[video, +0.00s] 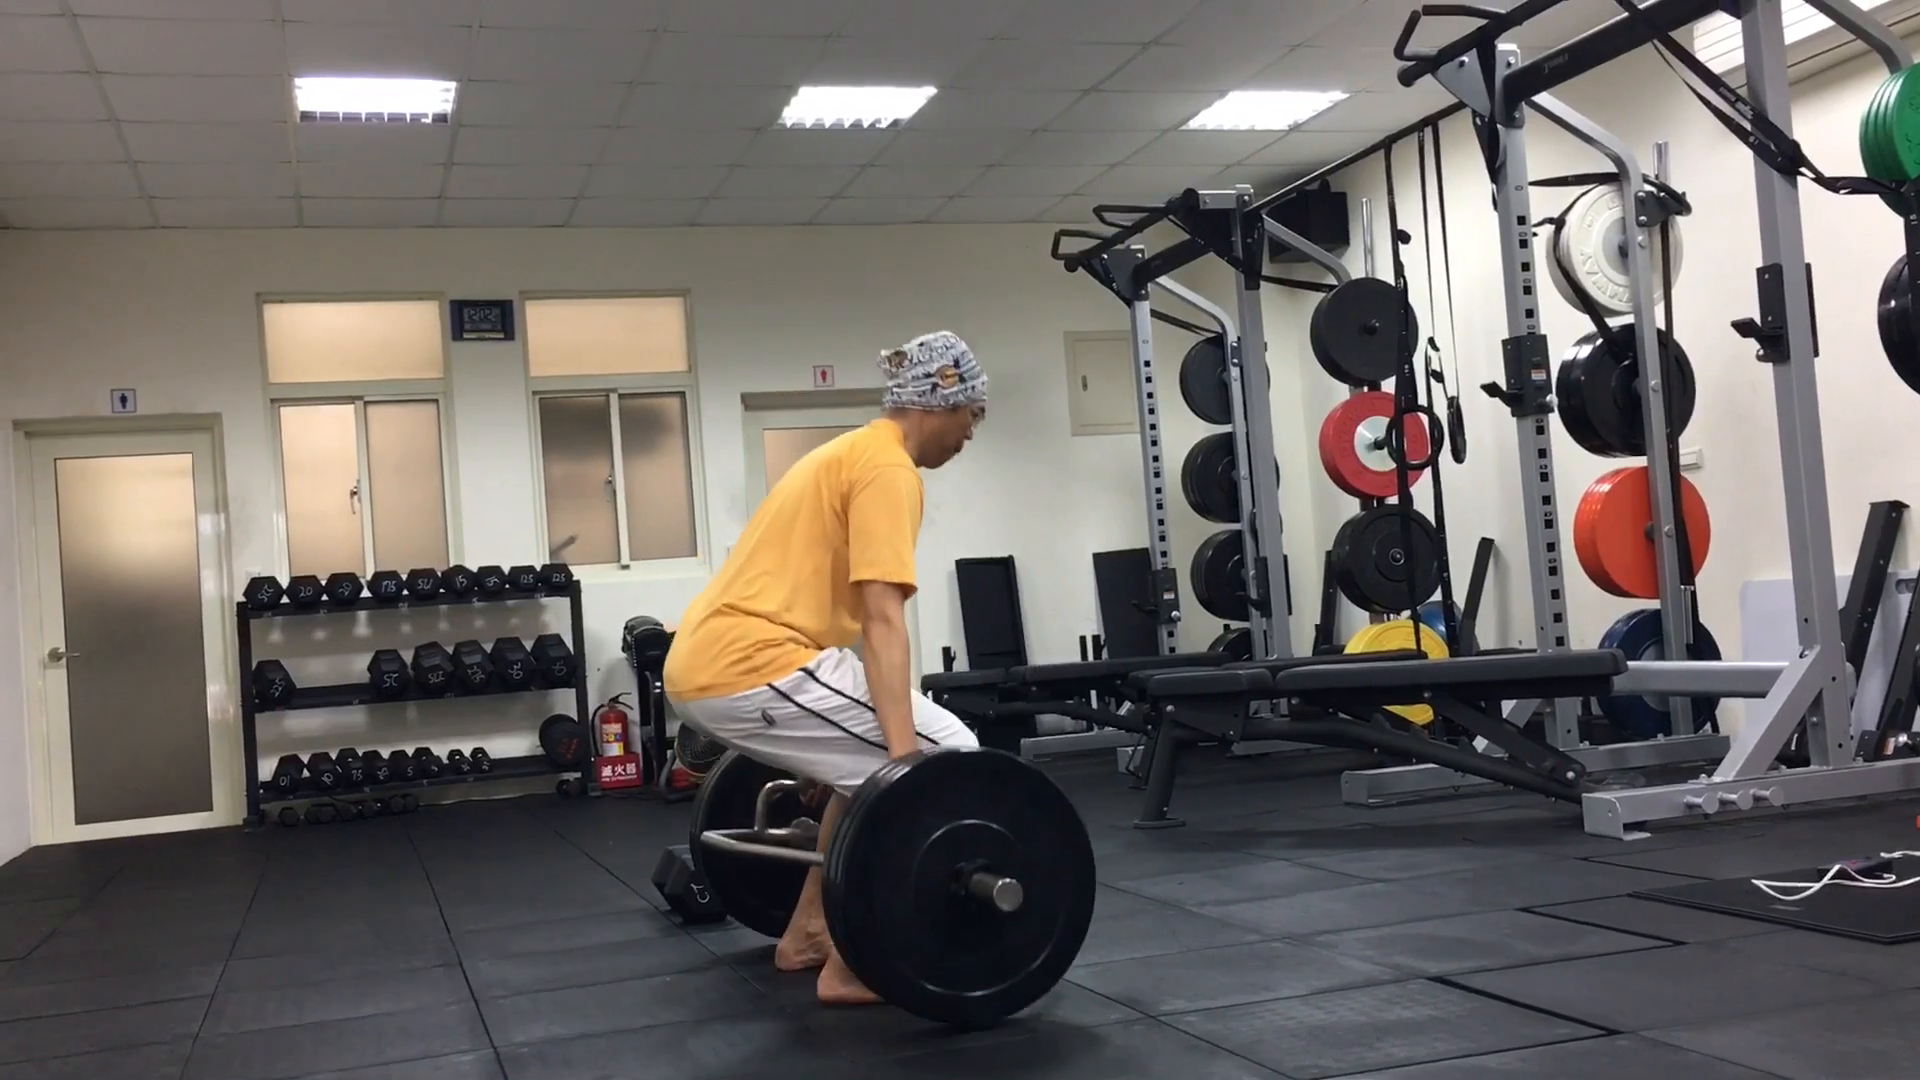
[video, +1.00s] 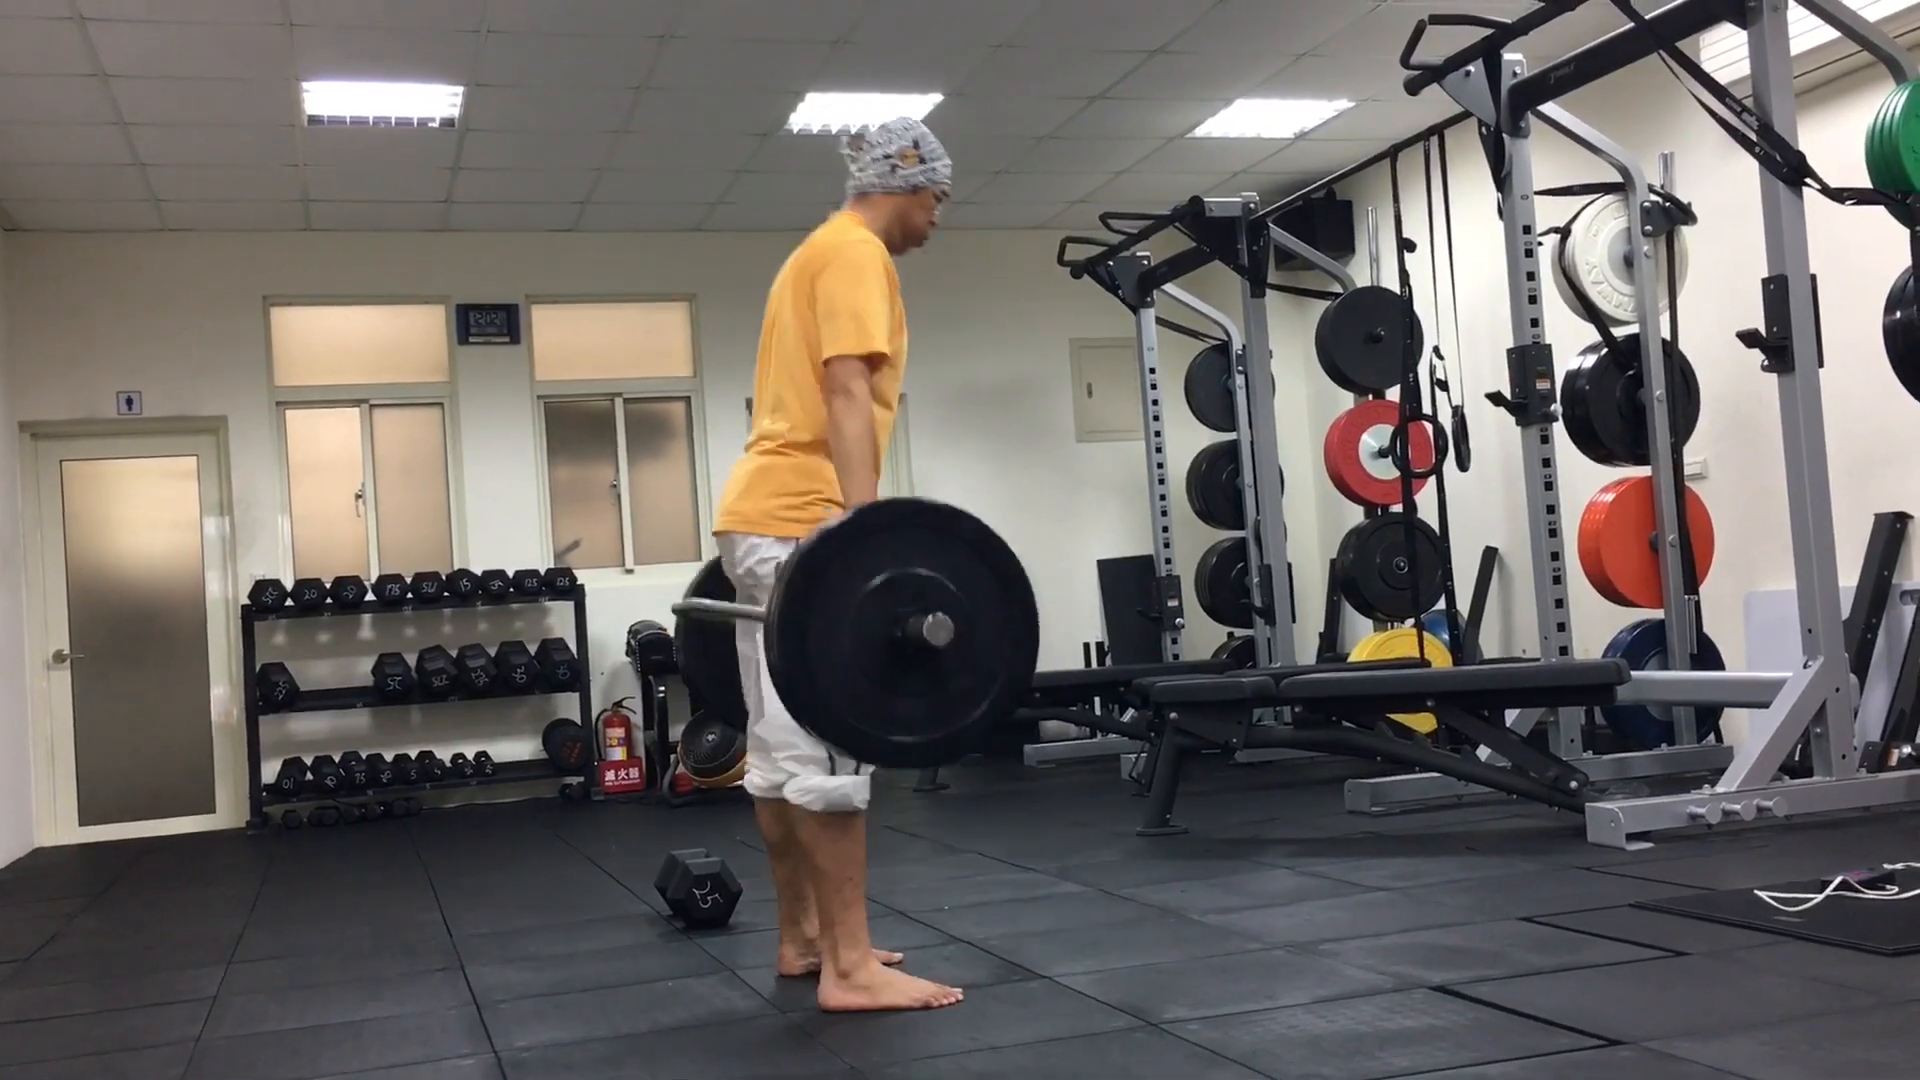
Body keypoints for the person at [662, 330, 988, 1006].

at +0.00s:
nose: (970, 435)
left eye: (975, 420)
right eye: (970, 416)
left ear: (908, 402)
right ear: (936, 405)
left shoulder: (845, 454)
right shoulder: (886, 464)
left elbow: (833, 616)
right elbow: (881, 617)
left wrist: (831, 751)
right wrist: (902, 750)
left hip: (702, 665)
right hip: (754, 663)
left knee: (884, 750)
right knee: (948, 750)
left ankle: (807, 931)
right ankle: (853, 963)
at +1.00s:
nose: (937, 220)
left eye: (940, 204)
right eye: (935, 202)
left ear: (869, 187)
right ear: (904, 190)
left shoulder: (818, 256)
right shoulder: (853, 254)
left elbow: (794, 401)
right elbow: (844, 391)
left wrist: (836, 531)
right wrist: (873, 536)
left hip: (758, 526)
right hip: (800, 528)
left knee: (781, 741)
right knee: (829, 742)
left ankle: (804, 936)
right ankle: (851, 964)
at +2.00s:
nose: (978, 404)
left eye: (983, 389)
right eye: (978, 386)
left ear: (920, 370)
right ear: (945, 373)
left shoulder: (858, 419)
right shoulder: (883, 429)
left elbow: (868, 581)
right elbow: (880, 582)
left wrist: (891, 705)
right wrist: (900, 720)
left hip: (711, 618)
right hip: (740, 620)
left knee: (876, 739)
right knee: (890, 745)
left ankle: (808, 931)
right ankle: (856, 964)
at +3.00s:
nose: (970, 269)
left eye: (972, 252)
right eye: (969, 250)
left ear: (906, 235)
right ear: (941, 240)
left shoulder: (846, 301)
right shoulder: (882, 306)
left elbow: (837, 457)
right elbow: (878, 455)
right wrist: (896, 598)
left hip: (735, 532)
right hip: (779, 533)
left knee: (818, 724)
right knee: (873, 718)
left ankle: (806, 922)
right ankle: (852, 954)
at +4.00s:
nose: (982, 369)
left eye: (988, 354)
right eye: (982, 350)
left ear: (924, 332)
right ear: (947, 333)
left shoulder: (858, 381)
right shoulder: (888, 388)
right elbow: (894, 545)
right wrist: (916, 688)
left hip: (724, 593)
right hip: (760, 592)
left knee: (867, 742)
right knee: (904, 738)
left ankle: (814, 935)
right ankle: (860, 965)